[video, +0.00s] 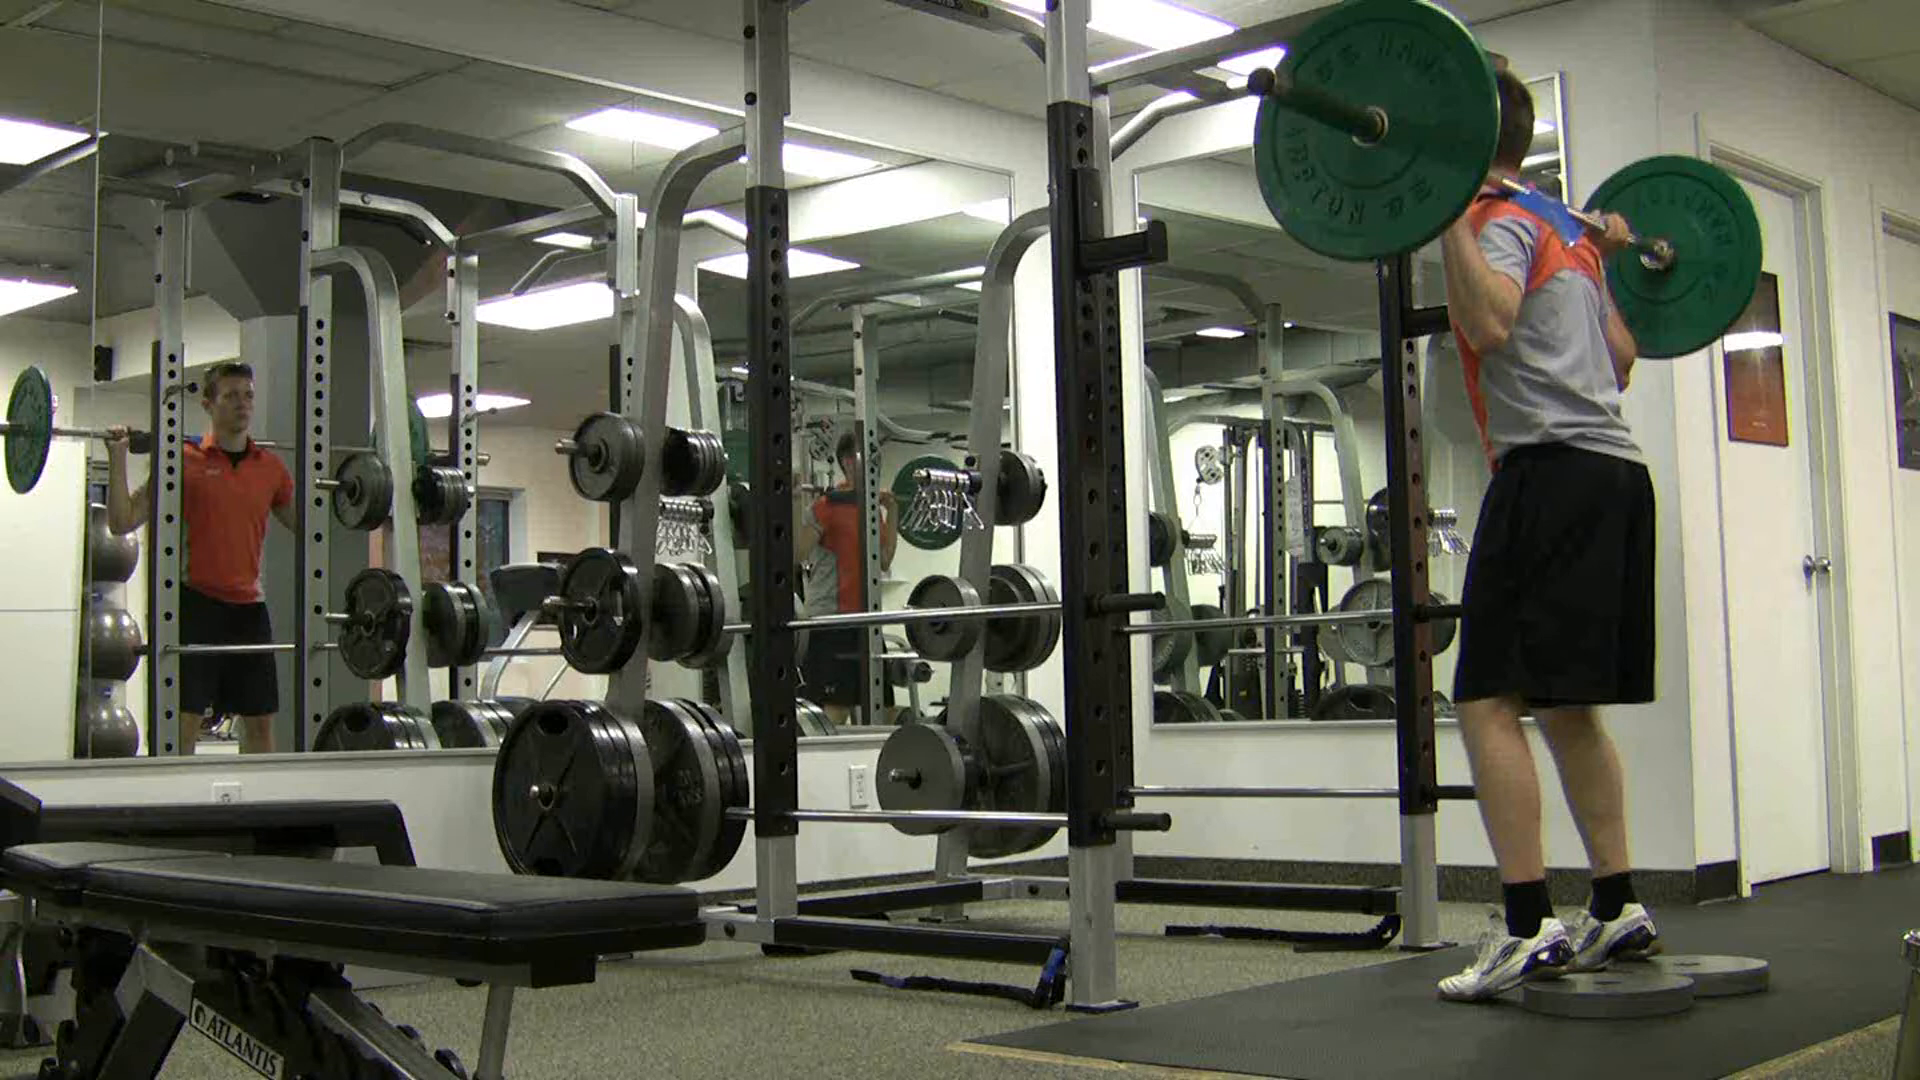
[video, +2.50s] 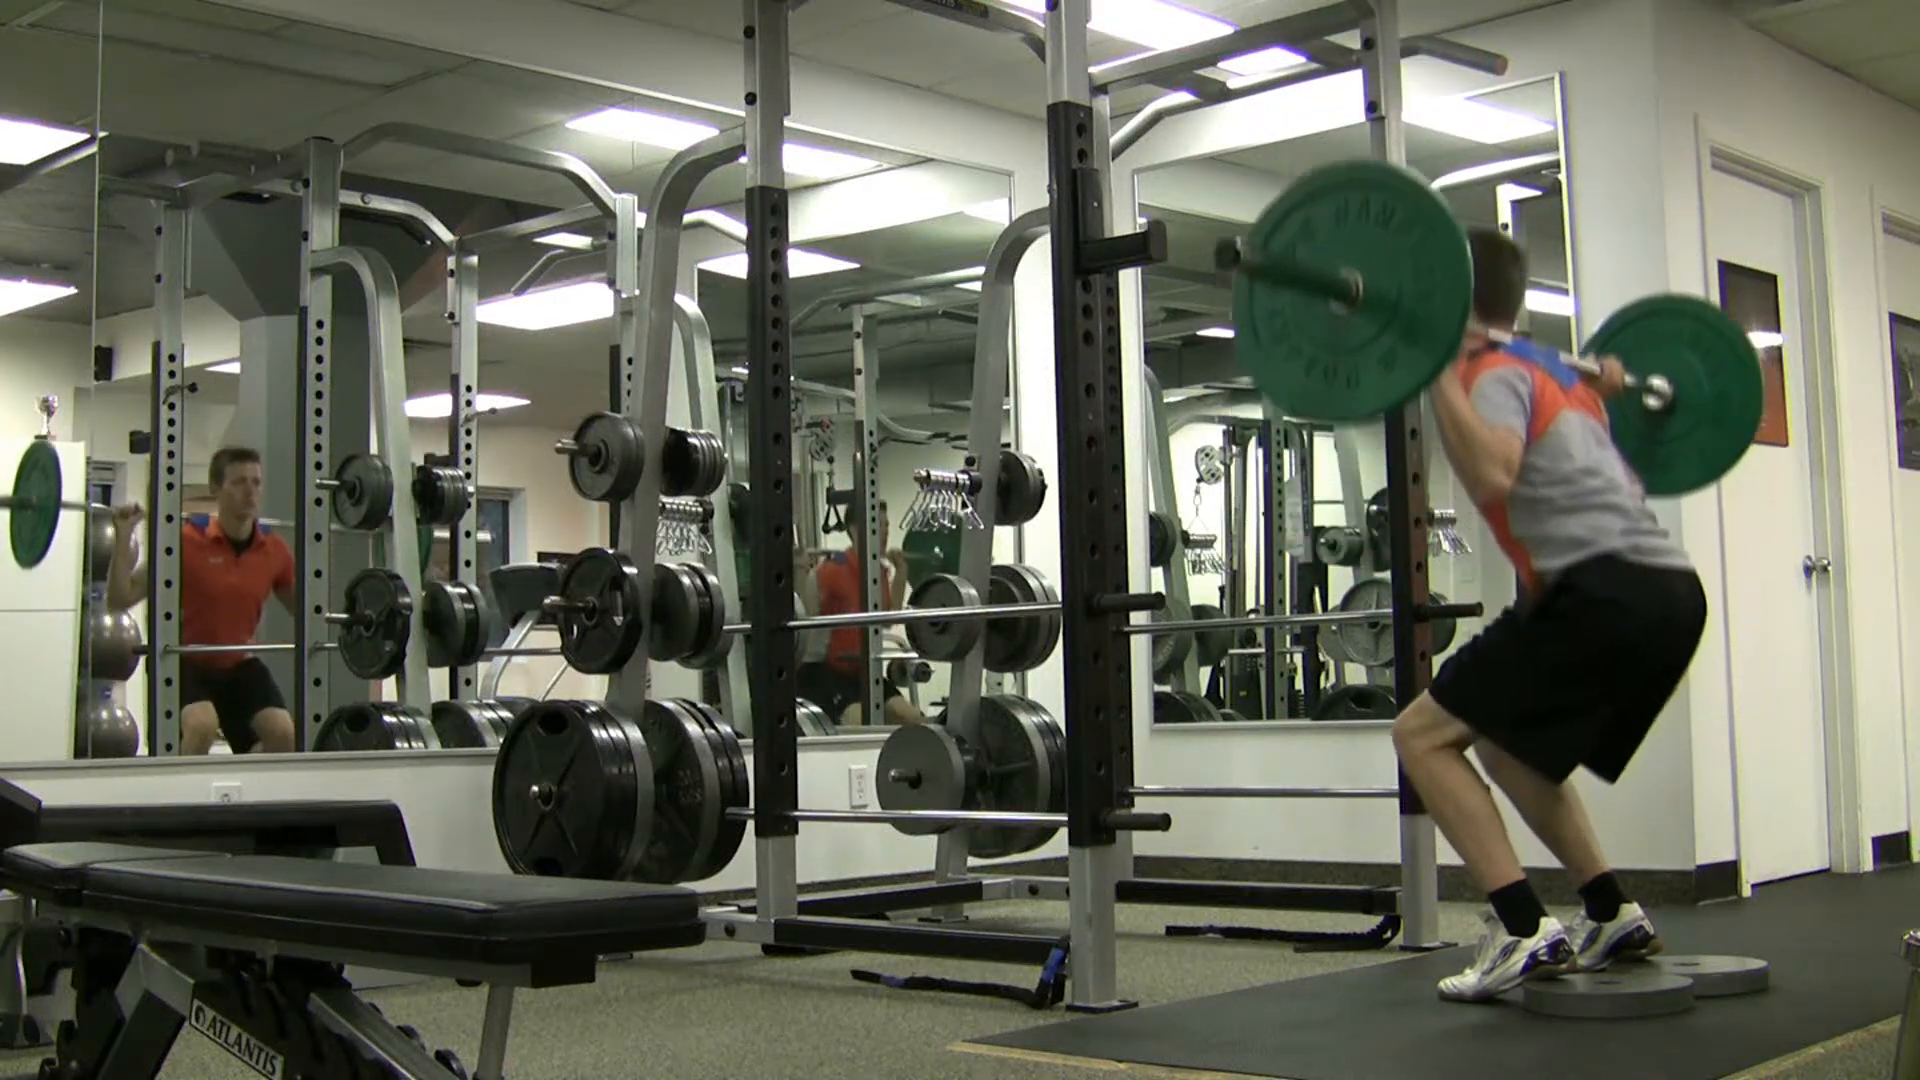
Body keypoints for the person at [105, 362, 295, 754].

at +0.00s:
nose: (242, 404)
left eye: (248, 396)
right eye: (231, 397)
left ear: (255, 403)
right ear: (209, 405)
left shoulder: (271, 466)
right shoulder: (185, 459)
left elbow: (310, 530)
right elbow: (122, 522)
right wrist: (118, 457)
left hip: (248, 606)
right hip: (194, 602)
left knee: (259, 720)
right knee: (187, 723)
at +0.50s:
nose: (244, 454)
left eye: (249, 446)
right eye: (233, 446)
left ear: (256, 453)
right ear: (211, 454)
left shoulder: (270, 515)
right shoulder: (183, 509)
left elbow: (303, 569)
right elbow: (123, 567)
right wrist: (117, 504)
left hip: (242, 643)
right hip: (190, 642)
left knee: (274, 726)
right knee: (194, 723)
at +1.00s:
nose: (247, 517)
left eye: (252, 508)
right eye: (236, 508)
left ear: (258, 514)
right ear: (212, 515)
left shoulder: (272, 577)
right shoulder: (184, 568)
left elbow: (309, 639)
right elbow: (120, 629)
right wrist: (120, 570)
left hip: (237, 684)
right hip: (183, 680)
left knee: (285, 735)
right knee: (203, 732)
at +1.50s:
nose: (249, 561)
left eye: (254, 552)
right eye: (238, 552)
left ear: (261, 557)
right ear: (213, 559)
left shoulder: (271, 613)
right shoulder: (184, 608)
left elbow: (304, 676)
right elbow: (121, 671)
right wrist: (121, 604)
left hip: (240, 715)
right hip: (187, 711)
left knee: (290, 741)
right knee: (203, 736)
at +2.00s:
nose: (250, 566)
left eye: (256, 557)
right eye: (239, 557)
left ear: (262, 562)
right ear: (215, 564)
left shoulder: (272, 618)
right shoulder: (185, 613)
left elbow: (303, 679)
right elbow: (121, 675)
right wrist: (123, 608)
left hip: (241, 718)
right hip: (186, 717)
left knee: (290, 741)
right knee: (203, 735)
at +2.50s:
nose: (250, 491)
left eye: (256, 482)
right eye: (239, 482)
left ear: (262, 488)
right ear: (215, 489)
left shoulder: (273, 550)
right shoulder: (185, 541)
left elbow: (307, 612)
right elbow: (121, 600)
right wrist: (123, 535)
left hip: (240, 666)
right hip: (186, 664)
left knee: (282, 731)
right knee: (202, 727)